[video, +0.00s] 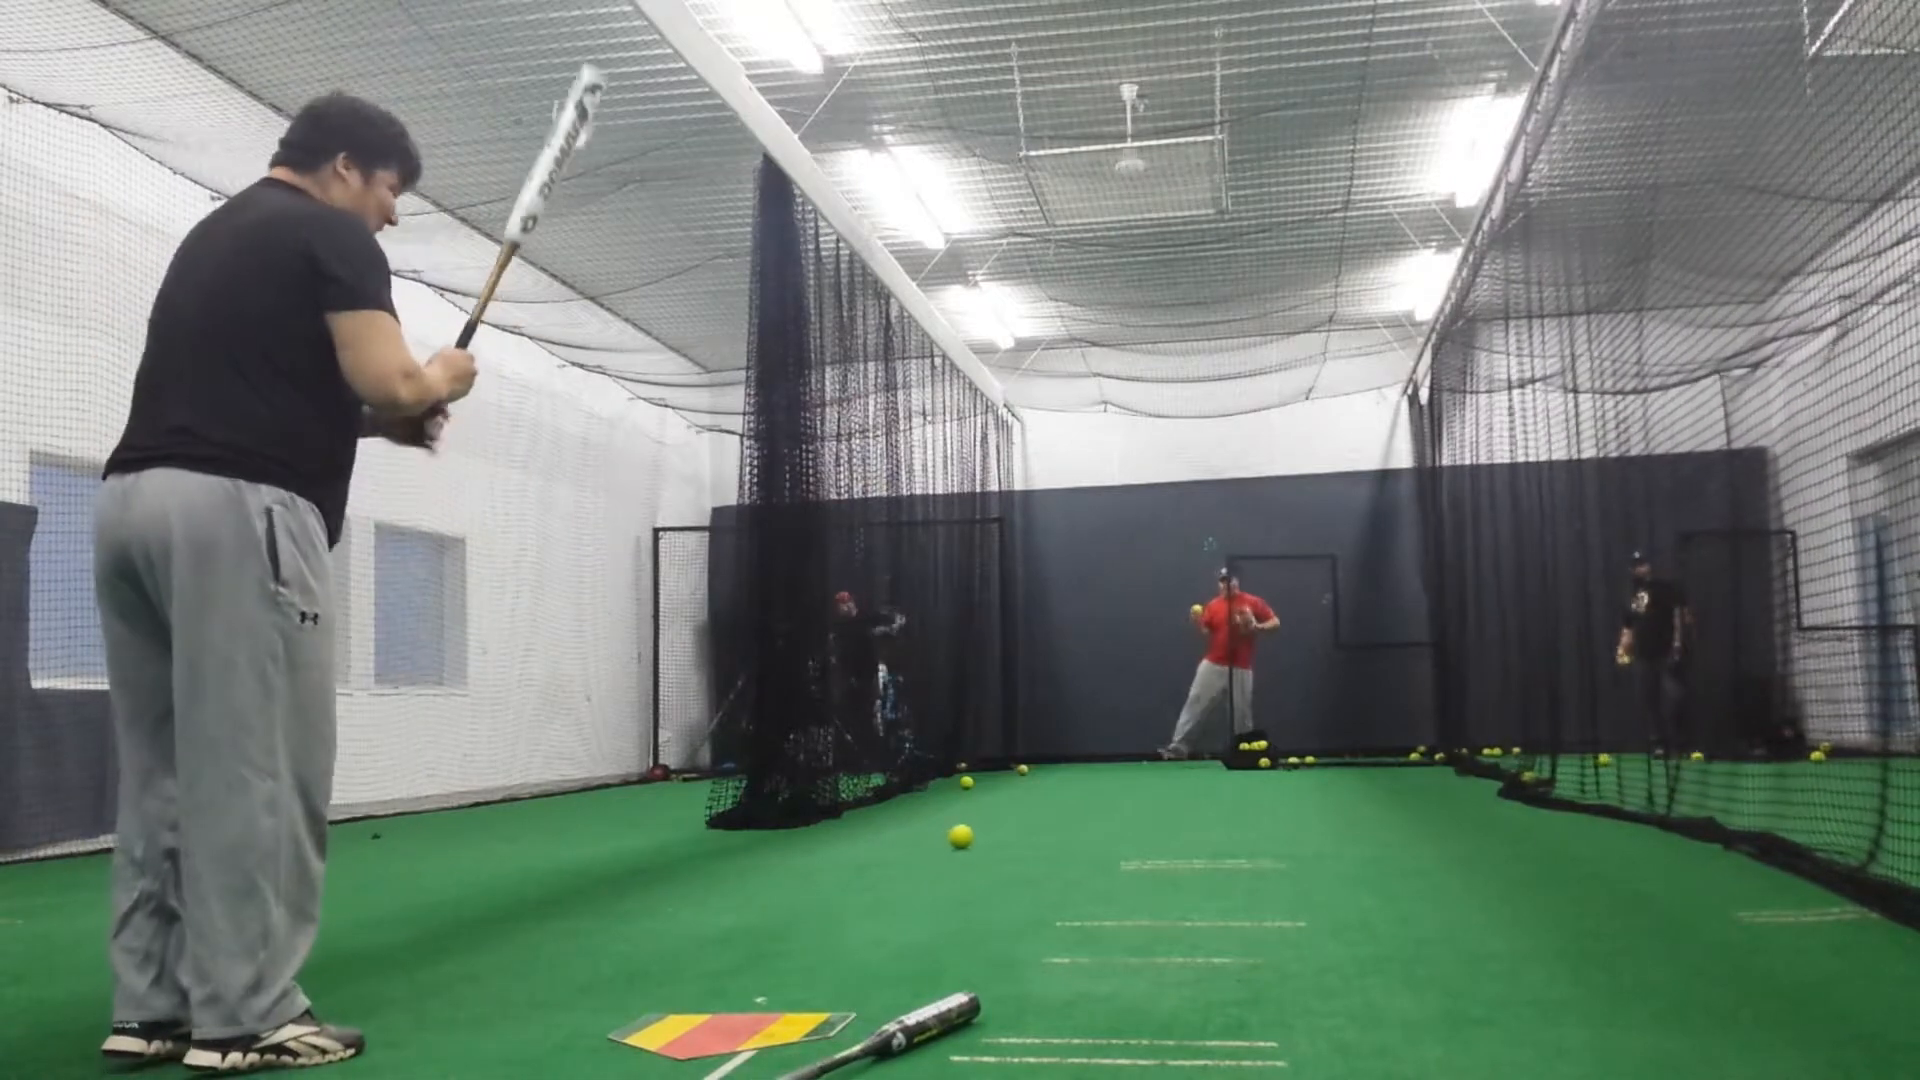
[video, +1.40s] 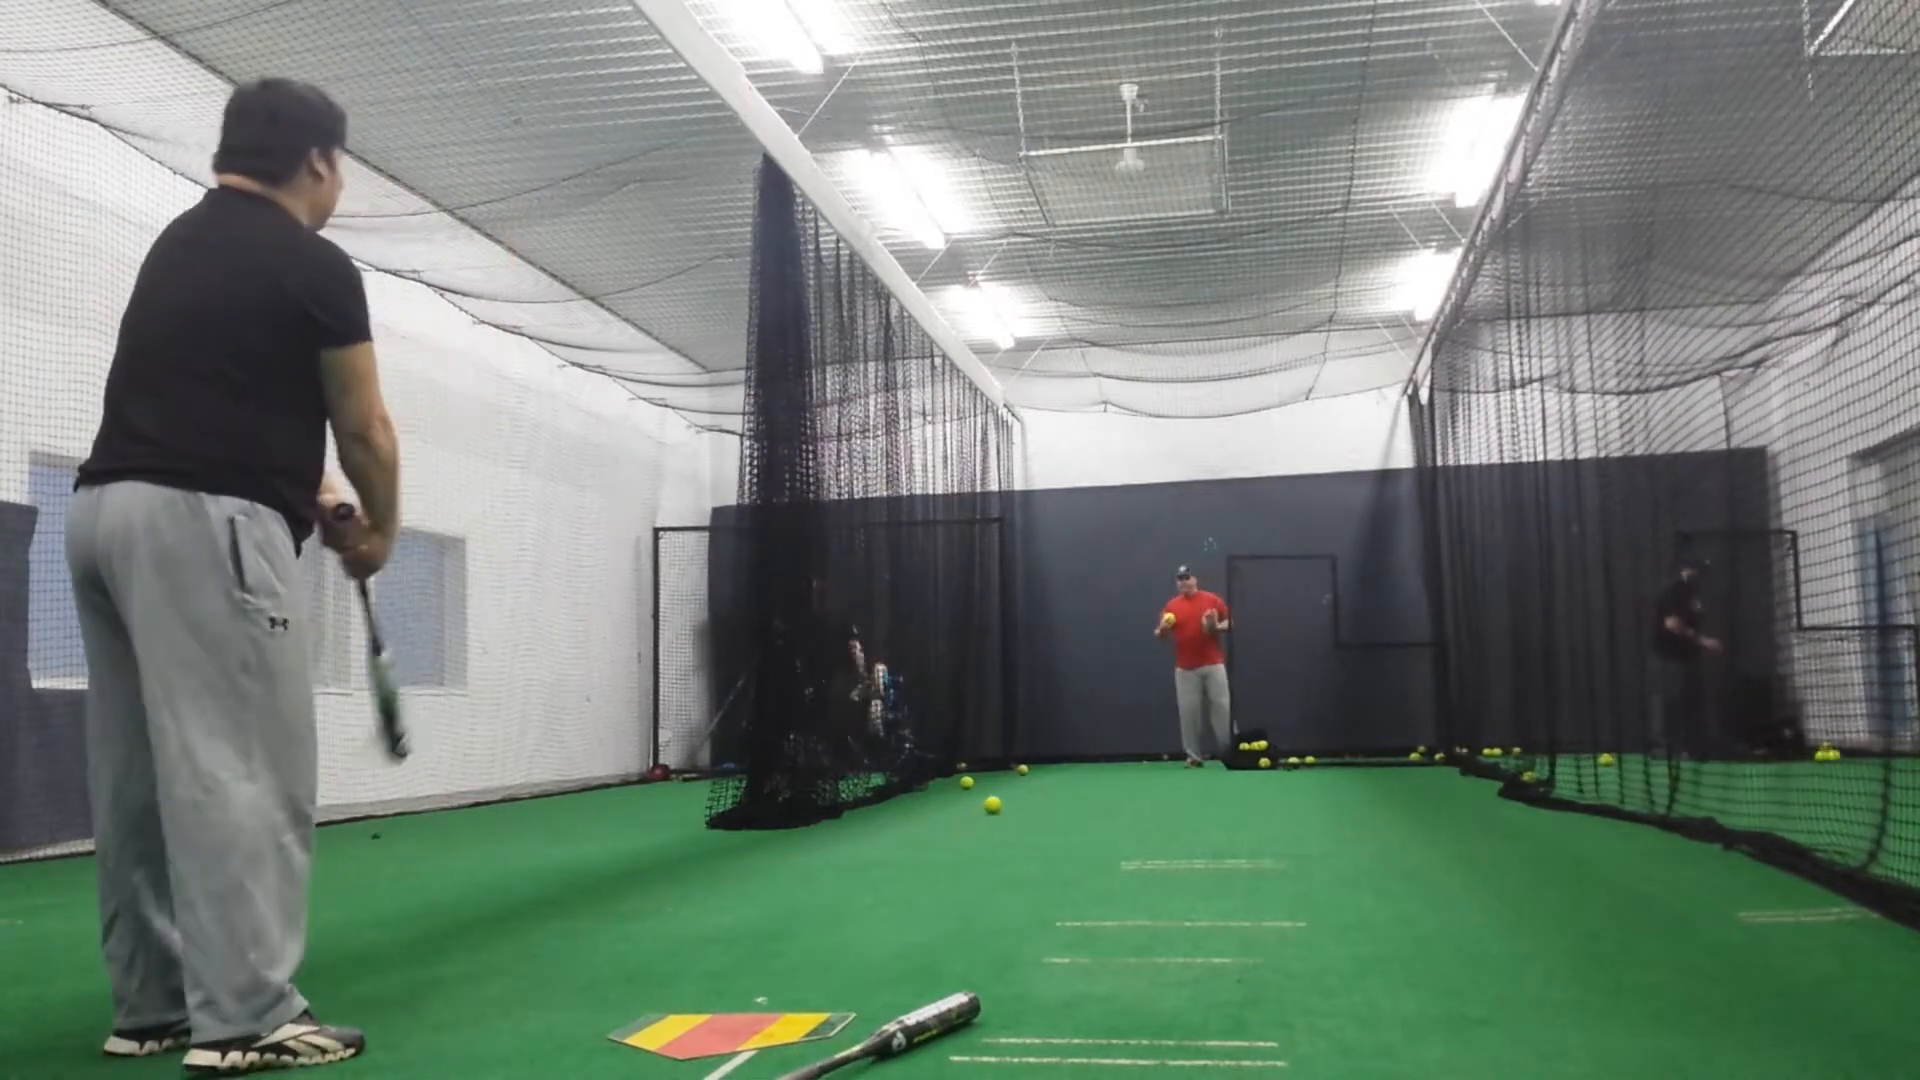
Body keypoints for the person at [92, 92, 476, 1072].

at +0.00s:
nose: (393, 214)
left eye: (399, 197)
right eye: (391, 192)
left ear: (307, 168)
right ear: (346, 167)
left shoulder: (221, 227)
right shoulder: (331, 231)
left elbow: (264, 379)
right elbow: (388, 384)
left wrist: (388, 416)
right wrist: (440, 379)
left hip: (134, 497)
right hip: (238, 507)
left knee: (156, 767)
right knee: (257, 765)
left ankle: (150, 1009)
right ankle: (245, 1015)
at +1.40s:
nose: (344, 184)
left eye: (342, 166)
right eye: (341, 165)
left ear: (236, 159)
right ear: (314, 162)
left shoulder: (179, 239)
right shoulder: (313, 262)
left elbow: (207, 399)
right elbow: (367, 431)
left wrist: (312, 497)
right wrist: (378, 532)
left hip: (105, 515)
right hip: (209, 521)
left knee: (134, 771)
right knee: (242, 771)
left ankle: (150, 1008)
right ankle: (244, 1016)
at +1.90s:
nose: (270, 190)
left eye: (267, 173)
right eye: (267, 171)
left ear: (171, 167)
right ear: (240, 165)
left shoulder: (148, 237)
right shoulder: (221, 231)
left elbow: (209, 407)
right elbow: (237, 354)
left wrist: (335, 439)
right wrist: (350, 422)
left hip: (102, 516)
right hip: (172, 516)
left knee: (139, 769)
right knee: (232, 756)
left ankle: (152, 1008)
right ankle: (249, 1005)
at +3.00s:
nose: (259, 127)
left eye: (254, 110)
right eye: (255, 109)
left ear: (148, 114)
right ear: (231, 107)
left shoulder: (89, 217)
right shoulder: (237, 201)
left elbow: (83, 370)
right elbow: (274, 332)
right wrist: (339, 382)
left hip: (85, 510)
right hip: (185, 515)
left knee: (144, 768)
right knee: (190, 776)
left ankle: (175, 994)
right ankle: (157, 1031)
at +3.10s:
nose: (260, 123)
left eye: (256, 106)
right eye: (257, 106)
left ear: (147, 108)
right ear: (234, 104)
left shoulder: (81, 212)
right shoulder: (247, 203)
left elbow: (52, 370)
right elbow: (290, 337)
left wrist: (106, 444)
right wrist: (344, 385)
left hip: (73, 510)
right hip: (182, 516)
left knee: (132, 769)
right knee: (186, 773)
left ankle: (167, 992)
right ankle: (156, 1033)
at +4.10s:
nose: (163, 120)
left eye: (158, 103)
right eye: (159, 103)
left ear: (38, 109)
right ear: (137, 101)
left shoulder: (2, 194)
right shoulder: (182, 204)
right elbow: (260, 349)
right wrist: (198, 397)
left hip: (5, 510)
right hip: (113, 511)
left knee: (6, 787)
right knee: (145, 779)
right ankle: (159, 1035)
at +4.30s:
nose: (118, 130)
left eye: (113, 113)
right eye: (113, 112)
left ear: (11, 109)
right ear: (87, 104)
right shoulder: (127, 205)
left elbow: (207, 350)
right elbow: (213, 349)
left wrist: (135, 387)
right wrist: (144, 396)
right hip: (64, 509)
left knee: (12, 790)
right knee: (114, 777)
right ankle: (156, 1032)